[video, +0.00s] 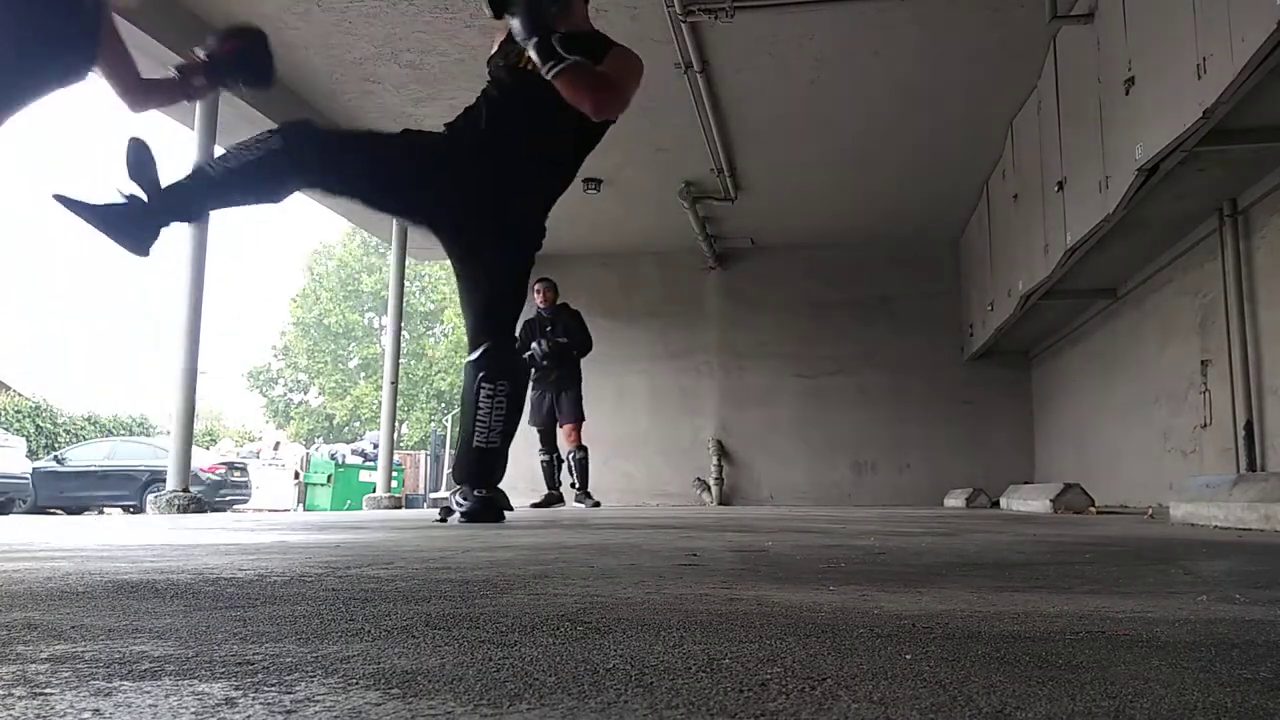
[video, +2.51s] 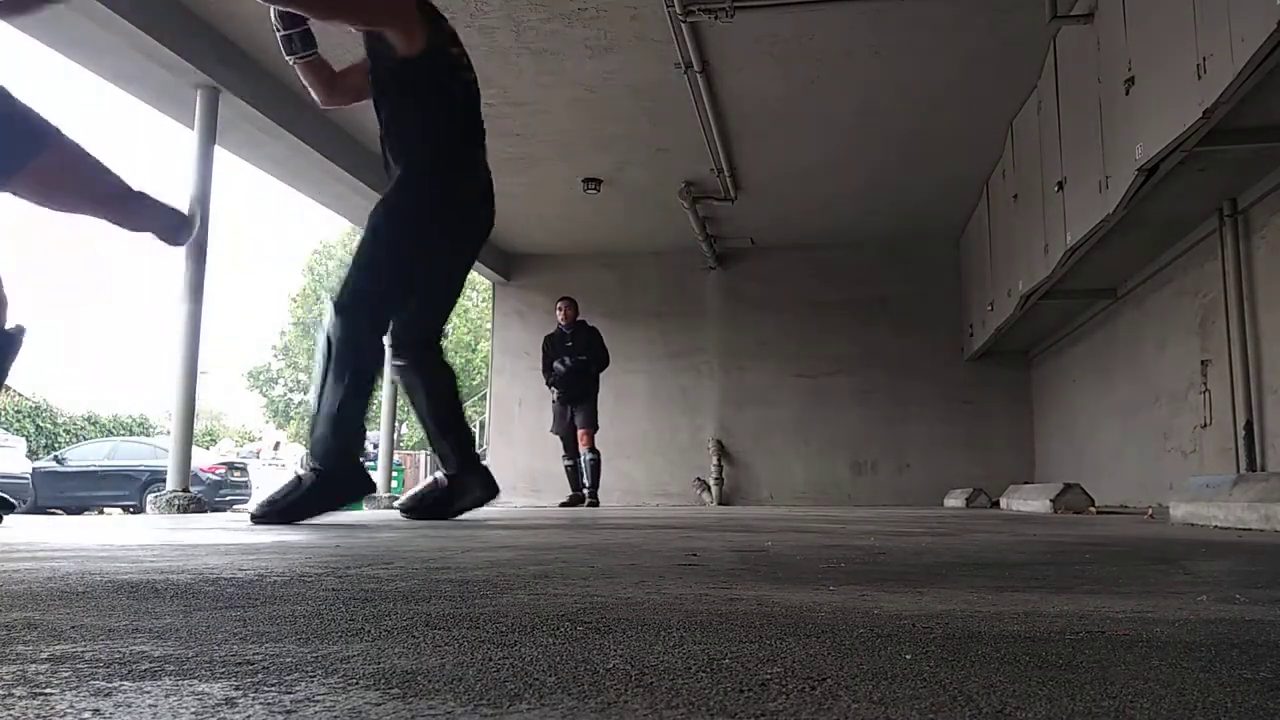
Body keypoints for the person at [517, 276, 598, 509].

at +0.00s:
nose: (542, 295)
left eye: (547, 291)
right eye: (538, 292)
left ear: (555, 293)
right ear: (533, 296)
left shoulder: (570, 316)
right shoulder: (529, 325)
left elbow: (585, 345)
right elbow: (518, 358)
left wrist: (559, 345)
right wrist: (534, 354)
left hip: (568, 385)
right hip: (541, 387)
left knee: (572, 434)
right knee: (546, 438)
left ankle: (582, 492)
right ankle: (553, 491)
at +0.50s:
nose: (558, 297)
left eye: (562, 293)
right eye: (554, 294)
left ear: (571, 297)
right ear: (550, 299)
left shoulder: (583, 320)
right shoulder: (544, 326)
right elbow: (534, 359)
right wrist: (548, 358)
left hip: (577, 388)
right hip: (551, 388)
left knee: (582, 438)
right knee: (550, 439)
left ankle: (592, 491)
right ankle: (554, 492)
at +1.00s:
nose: (589, 300)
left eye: (593, 296)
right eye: (585, 296)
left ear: (601, 301)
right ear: (579, 300)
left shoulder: (609, 325)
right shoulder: (567, 324)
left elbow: (611, 353)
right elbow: (556, 353)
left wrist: (592, 366)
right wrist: (563, 361)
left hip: (597, 390)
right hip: (571, 389)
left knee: (593, 438)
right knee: (562, 436)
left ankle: (592, 494)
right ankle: (554, 489)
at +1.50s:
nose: (578, 306)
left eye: (582, 302)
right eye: (574, 303)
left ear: (590, 307)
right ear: (569, 307)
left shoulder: (601, 329)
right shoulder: (561, 331)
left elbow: (612, 357)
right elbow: (553, 362)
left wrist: (591, 371)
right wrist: (567, 369)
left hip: (592, 393)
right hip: (567, 393)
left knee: (588, 438)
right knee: (568, 440)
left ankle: (591, 493)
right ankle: (575, 489)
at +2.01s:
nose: (562, 313)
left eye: (566, 309)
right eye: (558, 309)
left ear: (575, 311)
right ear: (555, 313)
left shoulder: (588, 332)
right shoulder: (551, 339)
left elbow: (600, 360)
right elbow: (547, 371)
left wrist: (580, 370)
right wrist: (552, 375)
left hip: (584, 395)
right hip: (561, 397)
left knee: (583, 440)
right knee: (568, 443)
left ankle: (590, 493)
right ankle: (576, 492)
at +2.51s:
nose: (563, 313)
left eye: (568, 309)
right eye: (560, 309)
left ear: (576, 312)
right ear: (555, 314)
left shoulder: (589, 333)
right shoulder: (550, 340)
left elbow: (603, 360)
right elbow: (547, 369)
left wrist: (580, 364)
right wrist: (554, 382)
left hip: (585, 396)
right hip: (562, 399)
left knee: (585, 439)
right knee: (568, 444)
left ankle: (591, 492)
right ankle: (576, 492)